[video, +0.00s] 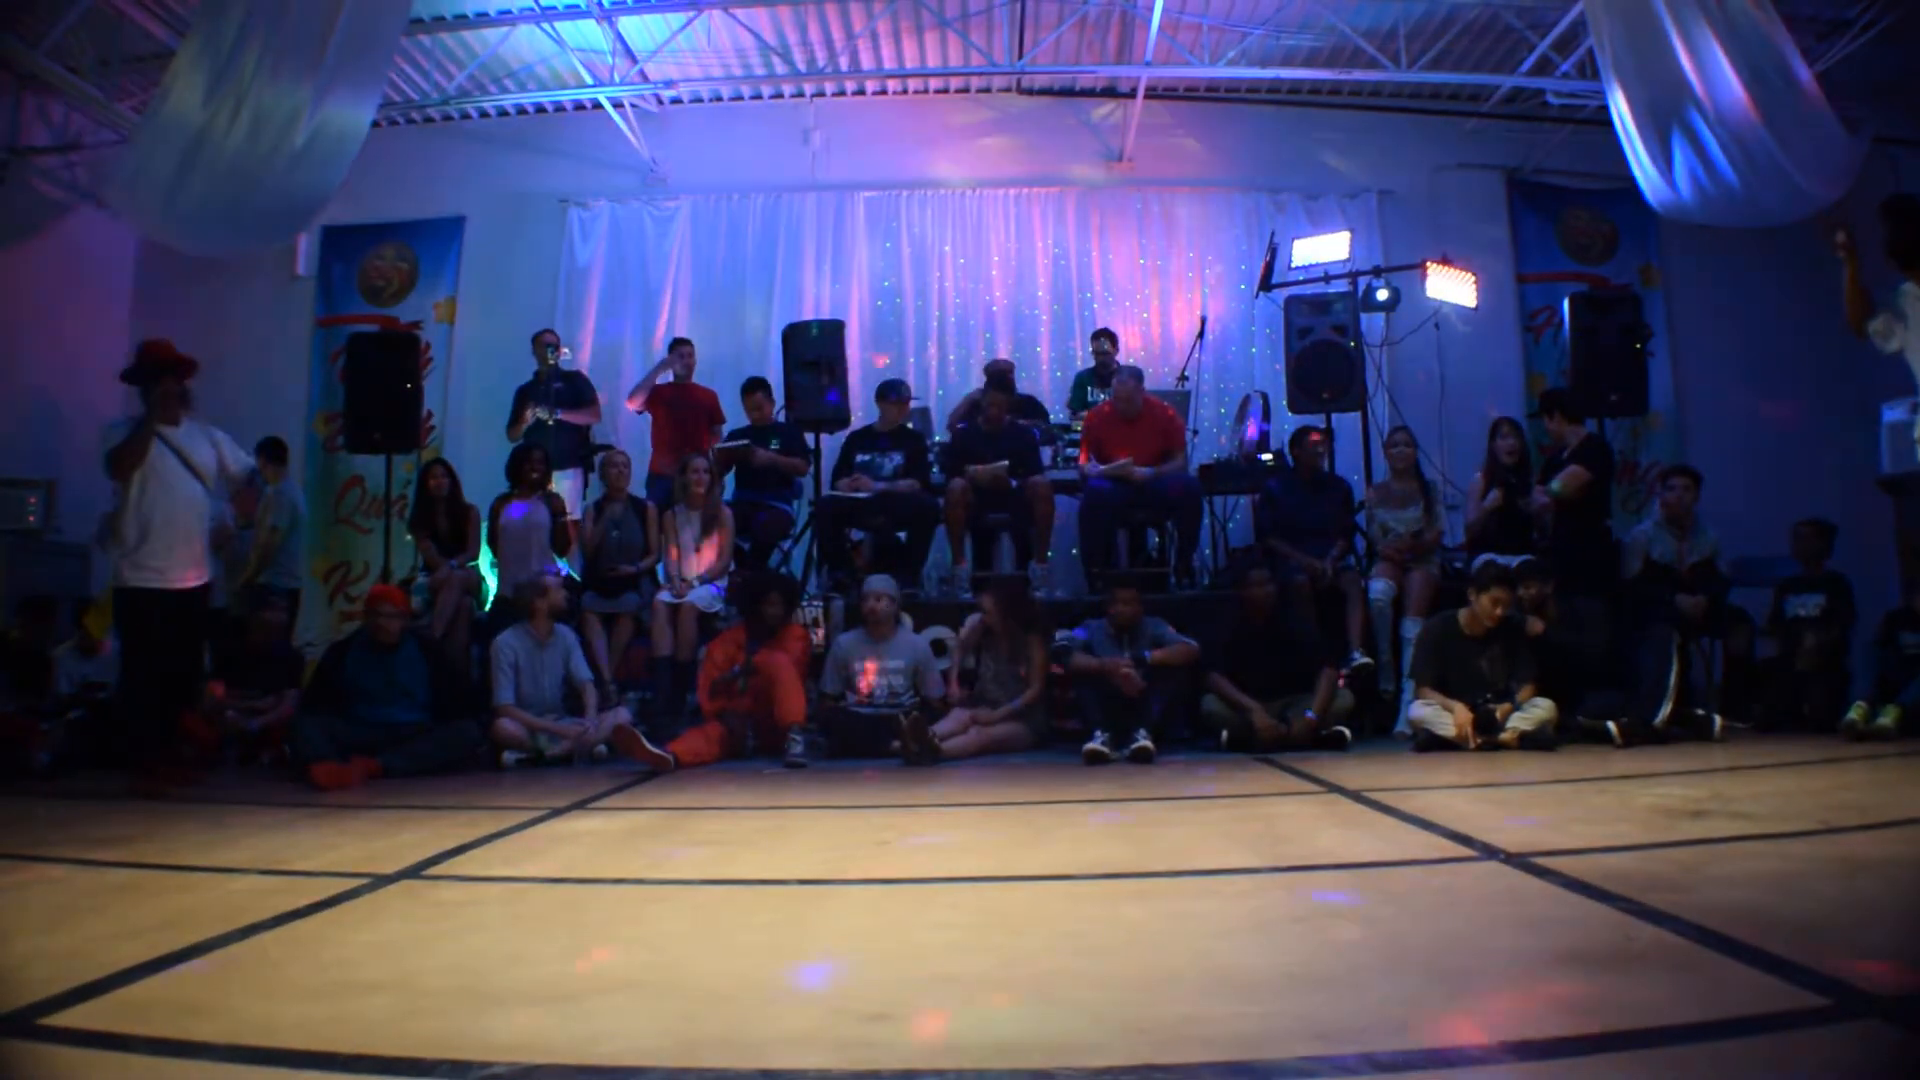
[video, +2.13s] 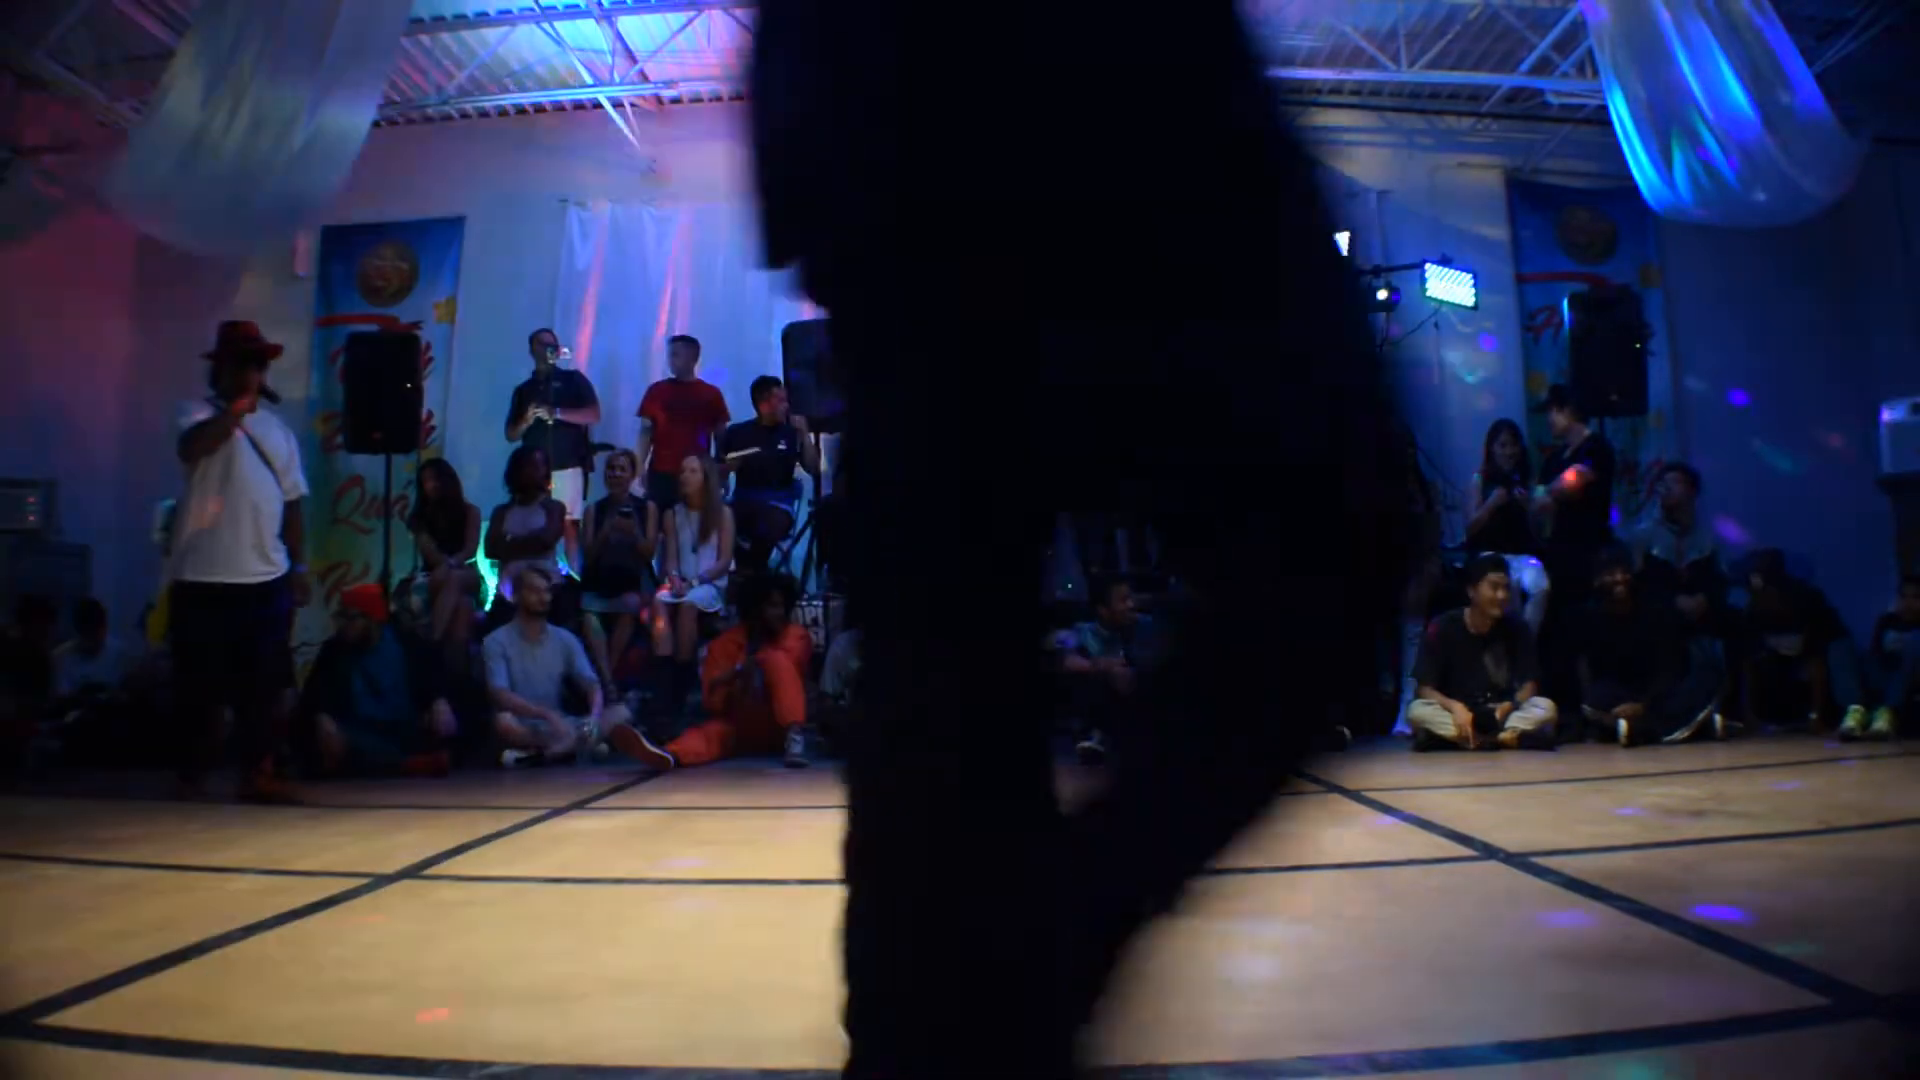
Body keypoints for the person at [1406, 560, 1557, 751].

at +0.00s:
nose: (1499, 612)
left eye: (1505, 606)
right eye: (1494, 603)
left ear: (1511, 606)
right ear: (1472, 596)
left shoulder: (1510, 630)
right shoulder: (1438, 629)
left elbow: (1528, 686)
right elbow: (1423, 690)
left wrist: (1508, 707)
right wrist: (1456, 707)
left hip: (1499, 706)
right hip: (1457, 710)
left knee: (1546, 707)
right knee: (1418, 711)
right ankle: (1505, 740)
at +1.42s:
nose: (1507, 601)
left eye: (1507, 594)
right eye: (1501, 594)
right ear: (1476, 597)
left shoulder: (1512, 628)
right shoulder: (1438, 629)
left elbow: (1528, 686)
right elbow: (1423, 689)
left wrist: (1511, 706)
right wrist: (1456, 707)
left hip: (1500, 706)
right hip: (1456, 708)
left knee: (1546, 708)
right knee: (1418, 711)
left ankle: (1470, 742)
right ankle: (1504, 740)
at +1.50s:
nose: (1507, 600)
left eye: (1506, 594)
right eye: (1501, 593)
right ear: (1476, 597)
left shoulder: (1512, 629)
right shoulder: (1437, 629)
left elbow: (1528, 685)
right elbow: (1423, 689)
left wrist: (1512, 706)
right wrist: (1456, 707)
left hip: (1500, 706)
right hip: (1456, 709)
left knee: (1546, 708)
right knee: (1418, 711)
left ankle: (1469, 742)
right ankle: (1504, 740)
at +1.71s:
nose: (1506, 600)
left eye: (1506, 593)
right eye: (1501, 592)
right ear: (1477, 597)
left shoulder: (1511, 629)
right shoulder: (1437, 629)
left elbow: (1528, 684)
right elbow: (1423, 689)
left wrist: (1511, 707)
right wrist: (1456, 708)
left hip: (1500, 706)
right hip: (1456, 709)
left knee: (1546, 708)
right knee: (1418, 711)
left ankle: (1463, 743)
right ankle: (1505, 740)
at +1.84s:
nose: (1507, 600)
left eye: (1508, 593)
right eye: (1501, 593)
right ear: (1475, 595)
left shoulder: (1514, 629)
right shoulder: (1440, 629)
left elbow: (1528, 684)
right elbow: (1423, 689)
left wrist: (1511, 706)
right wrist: (1456, 708)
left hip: (1500, 706)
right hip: (1456, 708)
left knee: (1546, 707)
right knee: (1418, 711)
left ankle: (1462, 743)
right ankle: (1505, 740)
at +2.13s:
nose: (1501, 596)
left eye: (1505, 588)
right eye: (1494, 587)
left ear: (1510, 592)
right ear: (1471, 591)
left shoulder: (1516, 629)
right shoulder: (1444, 628)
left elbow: (1529, 684)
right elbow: (1424, 689)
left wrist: (1508, 706)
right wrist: (1456, 708)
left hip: (1501, 706)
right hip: (1457, 706)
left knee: (1545, 707)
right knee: (1417, 711)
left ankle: (1461, 743)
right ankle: (1501, 740)